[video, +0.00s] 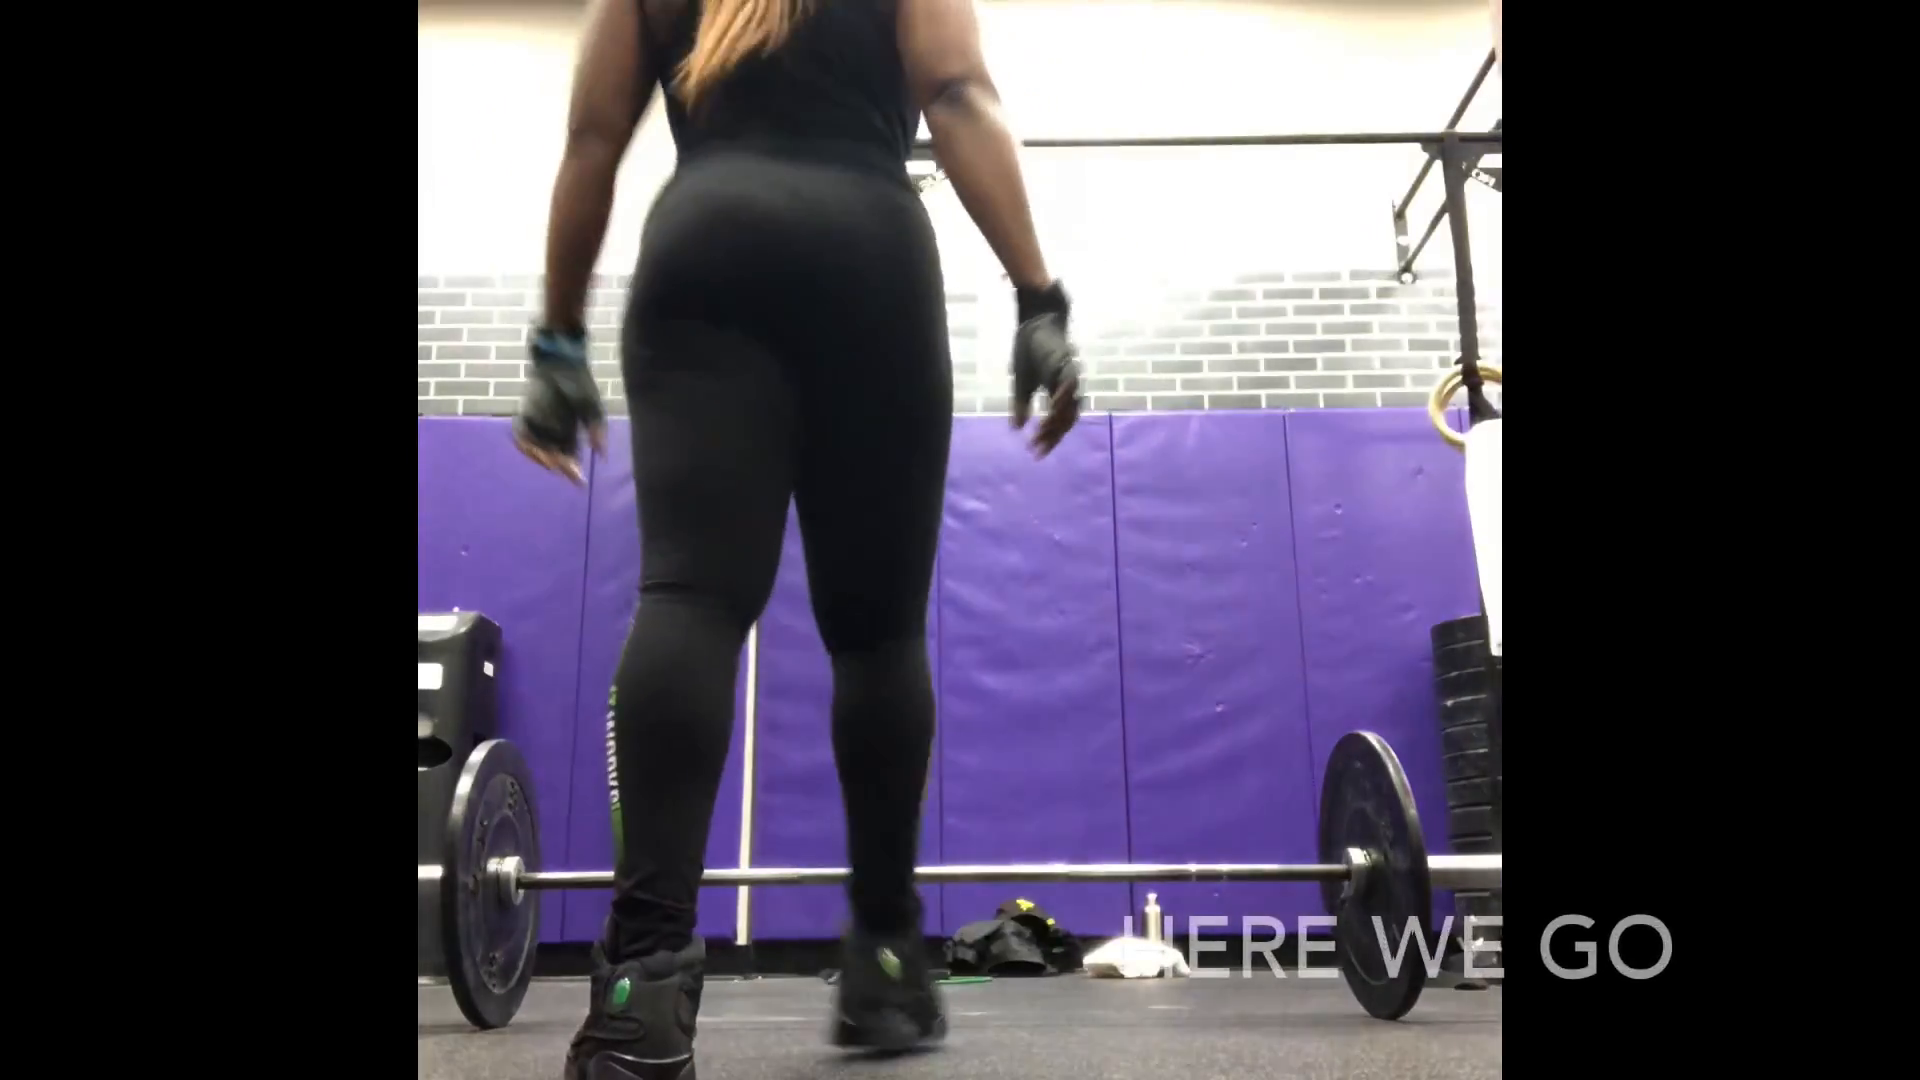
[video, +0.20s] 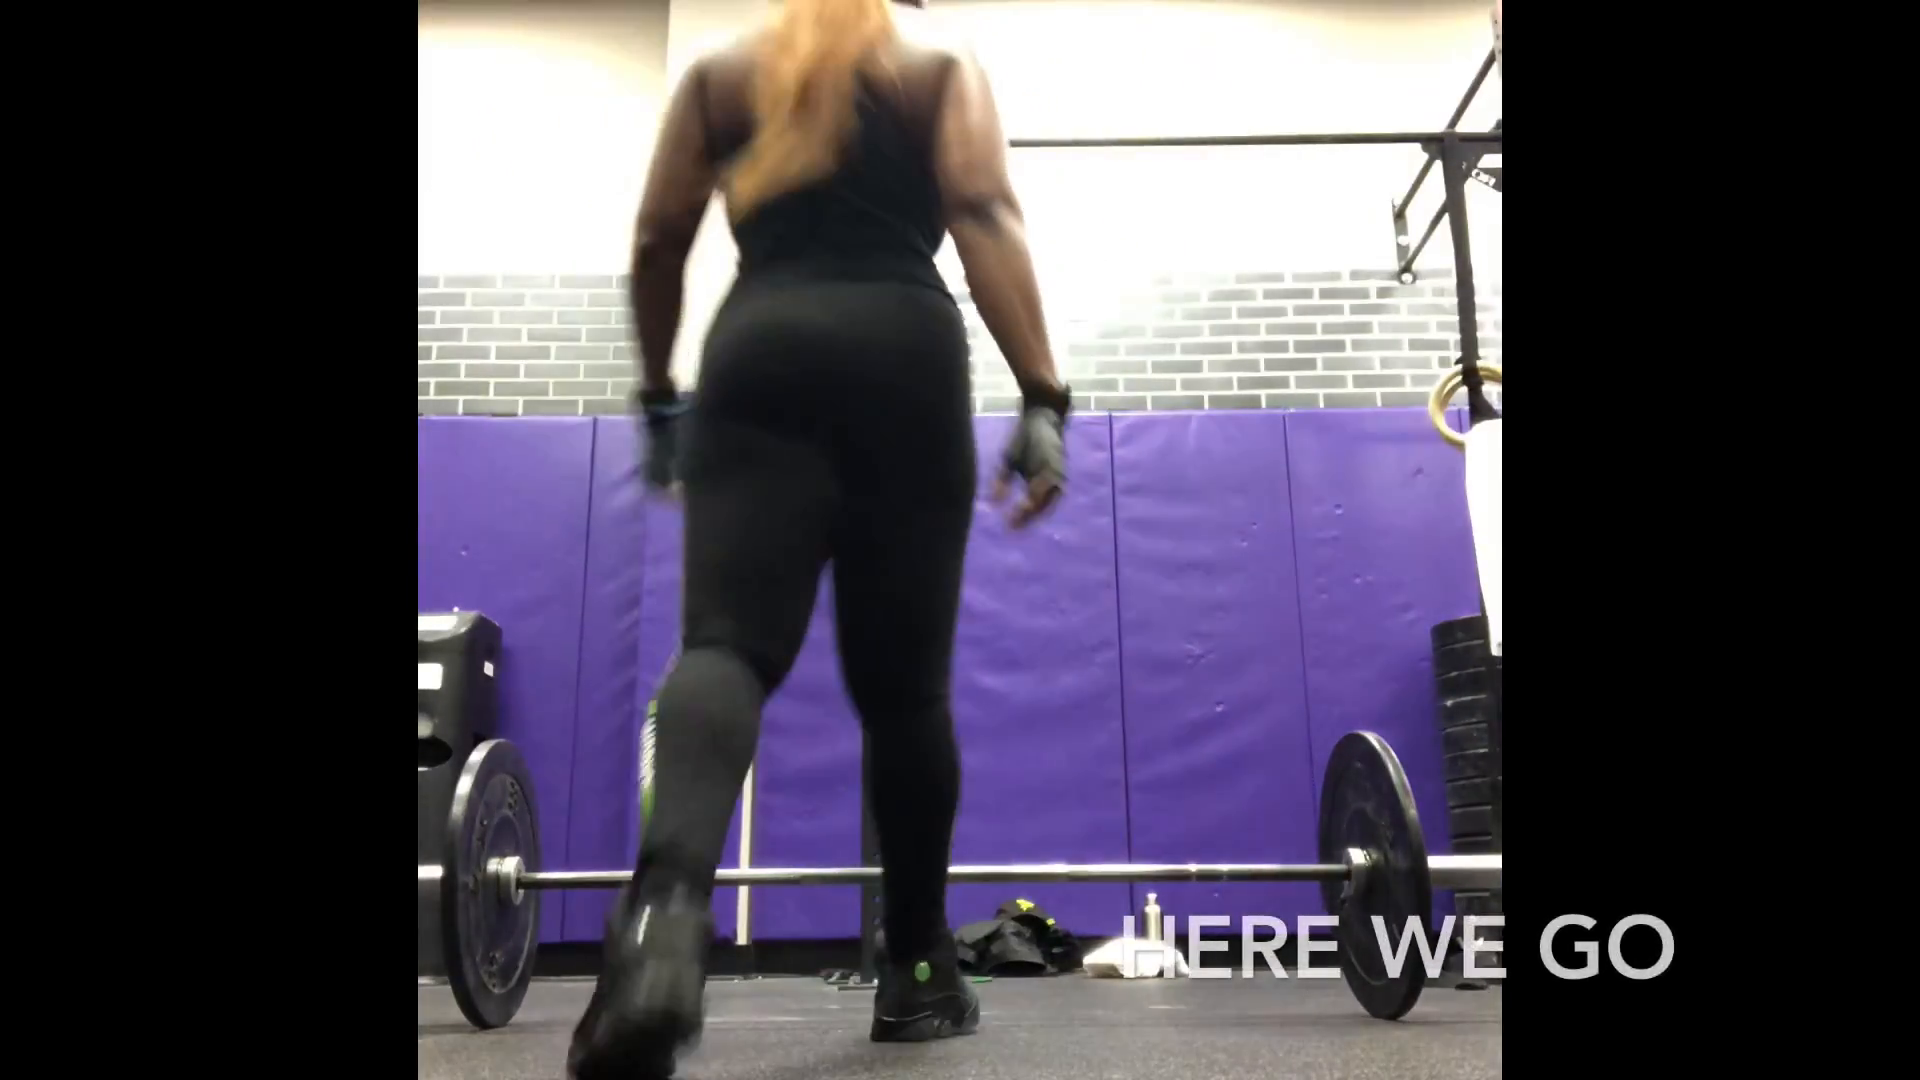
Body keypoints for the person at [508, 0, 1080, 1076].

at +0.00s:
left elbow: (595, 133)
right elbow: (957, 93)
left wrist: (558, 332)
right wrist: (1039, 295)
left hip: (707, 209)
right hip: (862, 216)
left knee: (687, 596)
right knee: (878, 627)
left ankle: (645, 974)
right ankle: (884, 959)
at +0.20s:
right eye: (907, 11)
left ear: (788, 3)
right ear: (886, 5)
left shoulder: (719, 79)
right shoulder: (939, 72)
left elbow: (660, 237)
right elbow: (981, 213)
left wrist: (657, 389)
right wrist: (1044, 392)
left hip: (761, 346)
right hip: (906, 351)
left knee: (725, 643)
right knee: (905, 691)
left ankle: (669, 907)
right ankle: (915, 972)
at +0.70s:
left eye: (851, 88)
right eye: (933, 75)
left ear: (847, 102)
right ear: (935, 91)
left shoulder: (800, 171)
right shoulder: (986, 163)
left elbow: (756, 322)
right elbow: (1031, 323)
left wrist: (836, 269)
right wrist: (1042, 451)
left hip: (816, 427)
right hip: (937, 423)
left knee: (868, 605)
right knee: (923, 688)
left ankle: (728, 748)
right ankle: (912, 961)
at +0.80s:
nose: (912, 108)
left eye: (868, 105)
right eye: (921, 101)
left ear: (846, 127)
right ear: (931, 116)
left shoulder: (797, 204)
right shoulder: (976, 183)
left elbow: (769, 350)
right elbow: (1020, 339)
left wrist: (849, 305)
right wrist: (1030, 456)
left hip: (819, 444)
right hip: (932, 438)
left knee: (863, 652)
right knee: (925, 690)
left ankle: (756, 825)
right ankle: (910, 954)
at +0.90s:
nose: (925, 151)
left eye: (889, 140)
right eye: (927, 143)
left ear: (843, 157)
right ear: (924, 152)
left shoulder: (792, 238)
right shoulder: (956, 213)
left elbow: (774, 382)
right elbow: (1004, 358)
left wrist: (848, 338)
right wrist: (1039, 479)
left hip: (824, 463)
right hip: (931, 457)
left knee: (844, 706)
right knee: (925, 699)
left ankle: (805, 926)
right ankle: (909, 950)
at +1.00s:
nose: (924, 189)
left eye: (913, 176)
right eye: (923, 178)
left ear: (835, 186)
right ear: (912, 186)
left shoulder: (783, 272)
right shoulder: (935, 245)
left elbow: (776, 407)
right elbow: (983, 378)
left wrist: (860, 378)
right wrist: (1048, 511)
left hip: (812, 486)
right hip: (921, 477)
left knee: (833, 726)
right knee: (930, 710)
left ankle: (813, 953)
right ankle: (915, 934)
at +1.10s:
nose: (914, 212)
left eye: (900, 195)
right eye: (915, 199)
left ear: (834, 203)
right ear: (906, 204)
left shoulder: (780, 283)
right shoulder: (924, 255)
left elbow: (769, 415)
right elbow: (954, 367)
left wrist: (844, 379)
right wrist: (1019, 493)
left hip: (807, 490)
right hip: (910, 478)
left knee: (836, 731)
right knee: (960, 695)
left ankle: (813, 954)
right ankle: (928, 848)